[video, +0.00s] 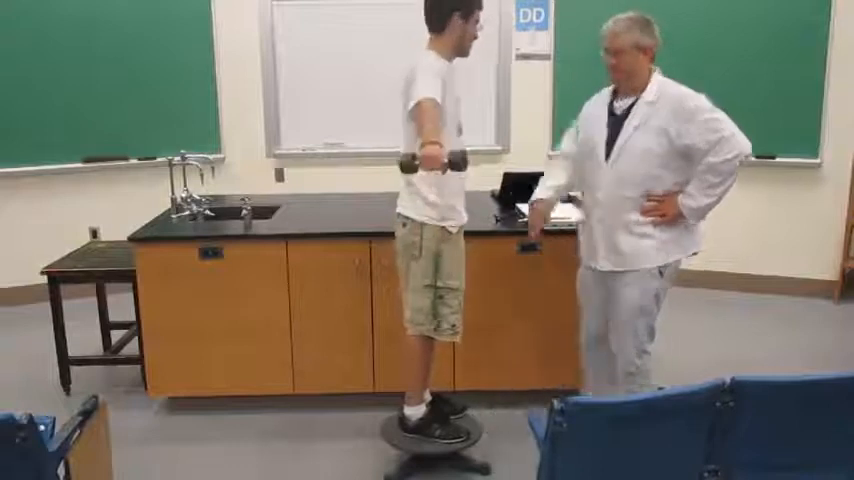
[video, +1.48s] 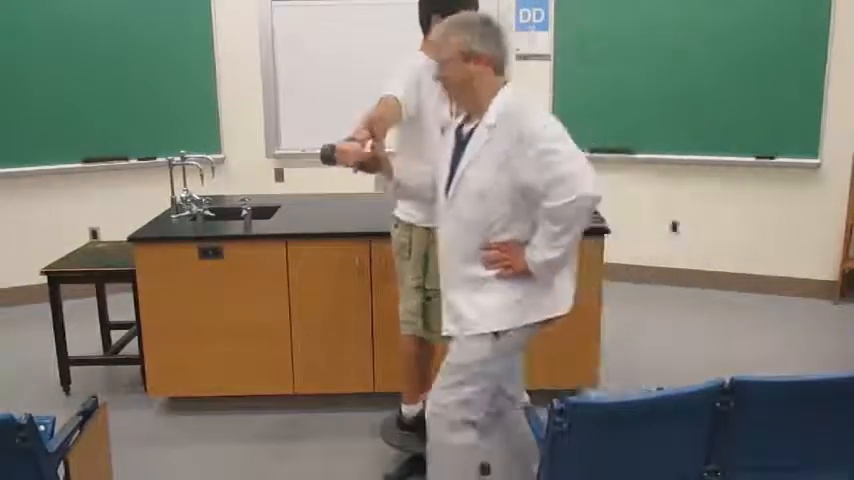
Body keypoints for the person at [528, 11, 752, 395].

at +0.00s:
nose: (609, 61)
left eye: (617, 53)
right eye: (606, 53)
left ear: (647, 53)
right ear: (605, 55)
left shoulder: (680, 104)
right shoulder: (595, 106)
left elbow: (732, 149)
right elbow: (566, 159)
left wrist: (687, 204)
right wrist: (542, 201)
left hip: (646, 250)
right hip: (596, 248)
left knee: (628, 348)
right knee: (594, 343)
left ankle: (635, 435)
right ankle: (599, 428)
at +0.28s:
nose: (610, 62)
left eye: (619, 54)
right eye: (607, 53)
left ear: (649, 56)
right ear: (603, 55)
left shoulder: (684, 109)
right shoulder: (591, 108)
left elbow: (738, 154)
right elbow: (558, 153)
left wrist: (691, 207)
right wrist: (524, 171)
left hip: (648, 261)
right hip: (594, 258)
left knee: (642, 364)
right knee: (598, 358)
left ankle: (642, 447)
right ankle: (599, 439)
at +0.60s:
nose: (606, 63)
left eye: (616, 55)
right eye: (604, 54)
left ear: (649, 57)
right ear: (602, 57)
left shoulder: (695, 115)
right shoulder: (584, 115)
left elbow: (753, 158)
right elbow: (535, 146)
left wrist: (702, 217)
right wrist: (482, 155)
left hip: (657, 281)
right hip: (591, 277)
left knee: (654, 390)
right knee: (586, 375)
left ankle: (652, 479)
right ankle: (602, 467)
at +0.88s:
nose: (584, 67)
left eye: (593, 57)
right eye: (581, 57)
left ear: (629, 58)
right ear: (580, 59)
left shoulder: (677, 118)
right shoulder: (564, 119)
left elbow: (737, 164)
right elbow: (515, 156)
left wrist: (685, 225)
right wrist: (459, 158)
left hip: (640, 293)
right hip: (570, 290)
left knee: (645, 410)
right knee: (563, 407)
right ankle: (560, 474)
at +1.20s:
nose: (492, 73)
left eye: (500, 61)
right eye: (491, 62)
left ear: (538, 60)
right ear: (528, 62)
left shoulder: (584, 119)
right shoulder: (497, 121)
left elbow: (640, 178)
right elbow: (469, 179)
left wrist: (591, 245)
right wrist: (415, 164)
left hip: (554, 306)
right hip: (502, 302)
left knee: (538, 425)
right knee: (514, 420)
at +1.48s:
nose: (436, 76)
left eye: (442, 64)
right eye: (436, 65)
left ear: (479, 63)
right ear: (475, 64)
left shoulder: (525, 121)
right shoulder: (463, 126)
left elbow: (577, 190)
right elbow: (442, 190)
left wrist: (537, 256)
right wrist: (384, 167)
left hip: (507, 303)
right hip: (470, 300)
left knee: (448, 410)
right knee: (501, 409)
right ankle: (529, 475)